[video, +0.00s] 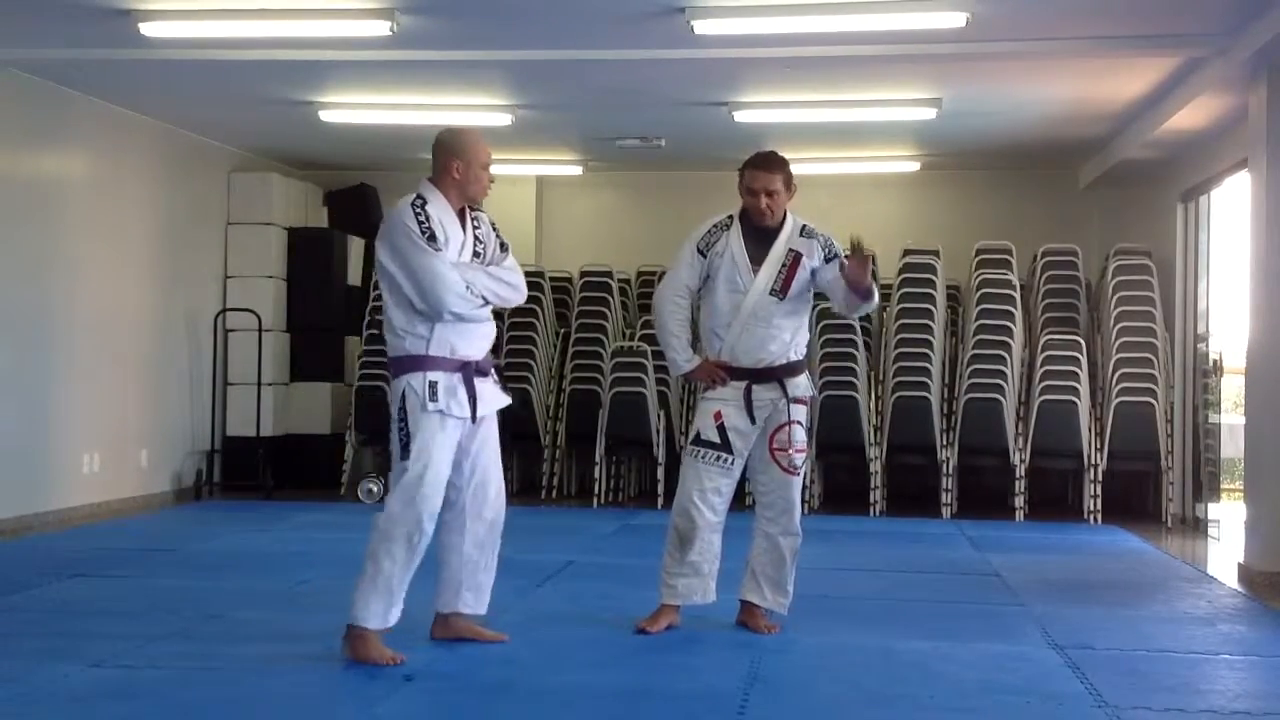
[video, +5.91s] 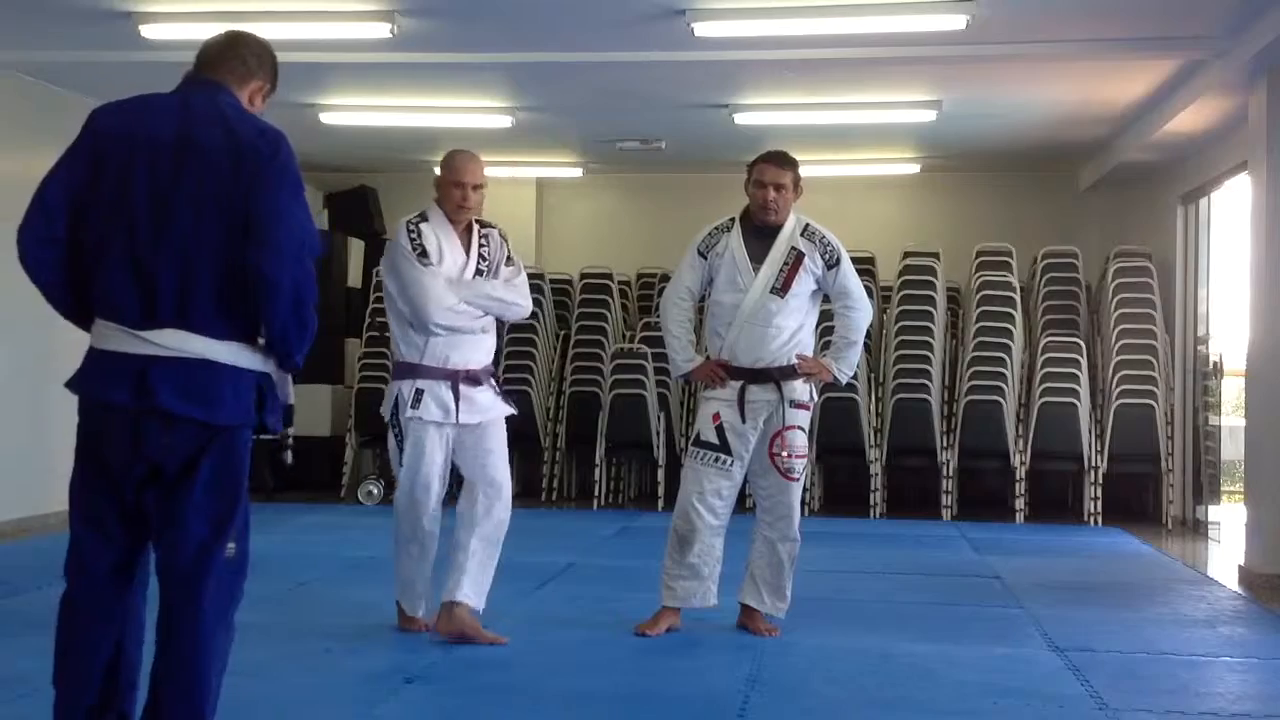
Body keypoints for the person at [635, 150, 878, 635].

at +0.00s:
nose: (763, 203)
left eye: (773, 194)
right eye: (754, 193)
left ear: (790, 194)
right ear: (740, 191)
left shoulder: (814, 244)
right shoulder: (713, 237)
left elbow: (851, 304)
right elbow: (669, 298)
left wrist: (860, 287)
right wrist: (687, 360)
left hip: (787, 390)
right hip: (722, 386)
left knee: (780, 506)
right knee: (695, 501)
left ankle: (757, 604)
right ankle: (672, 602)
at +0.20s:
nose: (765, 203)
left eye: (775, 194)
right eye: (756, 193)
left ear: (790, 195)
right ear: (740, 191)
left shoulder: (806, 238)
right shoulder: (711, 236)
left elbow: (860, 262)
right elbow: (668, 298)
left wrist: (847, 213)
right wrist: (686, 361)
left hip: (784, 388)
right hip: (720, 386)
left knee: (779, 506)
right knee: (694, 502)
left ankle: (757, 604)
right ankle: (672, 603)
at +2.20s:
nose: (747, 201)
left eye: (759, 196)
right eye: (745, 190)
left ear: (786, 200)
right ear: (742, 186)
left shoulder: (810, 239)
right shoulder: (717, 236)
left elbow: (853, 221)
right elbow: (676, 296)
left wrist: (810, 182)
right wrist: (687, 357)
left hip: (787, 389)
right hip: (723, 386)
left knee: (780, 506)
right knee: (696, 501)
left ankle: (755, 606)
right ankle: (672, 604)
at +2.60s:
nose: (736, 202)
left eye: (746, 195)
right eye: (733, 192)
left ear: (775, 195)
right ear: (731, 188)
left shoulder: (807, 240)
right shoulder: (712, 238)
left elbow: (866, 285)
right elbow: (674, 302)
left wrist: (825, 247)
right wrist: (687, 360)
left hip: (785, 389)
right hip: (721, 386)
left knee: (780, 506)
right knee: (696, 502)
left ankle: (756, 605)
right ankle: (672, 604)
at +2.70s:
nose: (733, 203)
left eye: (743, 196)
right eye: (729, 194)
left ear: (771, 194)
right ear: (725, 190)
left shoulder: (809, 239)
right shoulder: (709, 240)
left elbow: (861, 282)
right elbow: (674, 303)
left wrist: (846, 311)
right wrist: (687, 360)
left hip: (786, 390)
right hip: (722, 387)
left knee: (780, 506)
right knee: (696, 501)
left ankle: (756, 605)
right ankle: (672, 604)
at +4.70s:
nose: (765, 194)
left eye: (777, 186)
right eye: (757, 183)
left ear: (794, 192)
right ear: (743, 187)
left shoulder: (819, 246)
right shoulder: (712, 239)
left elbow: (854, 307)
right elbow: (674, 301)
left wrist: (835, 363)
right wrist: (687, 359)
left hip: (786, 393)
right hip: (721, 388)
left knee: (780, 509)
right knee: (695, 503)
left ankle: (756, 607)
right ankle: (672, 605)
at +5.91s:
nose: (769, 196)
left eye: (780, 188)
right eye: (760, 186)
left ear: (796, 193)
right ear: (746, 188)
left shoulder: (819, 246)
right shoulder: (715, 239)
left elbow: (856, 307)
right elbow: (675, 301)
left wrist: (837, 364)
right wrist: (688, 359)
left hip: (788, 393)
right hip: (723, 388)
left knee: (780, 508)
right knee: (697, 502)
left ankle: (756, 607)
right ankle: (673, 605)